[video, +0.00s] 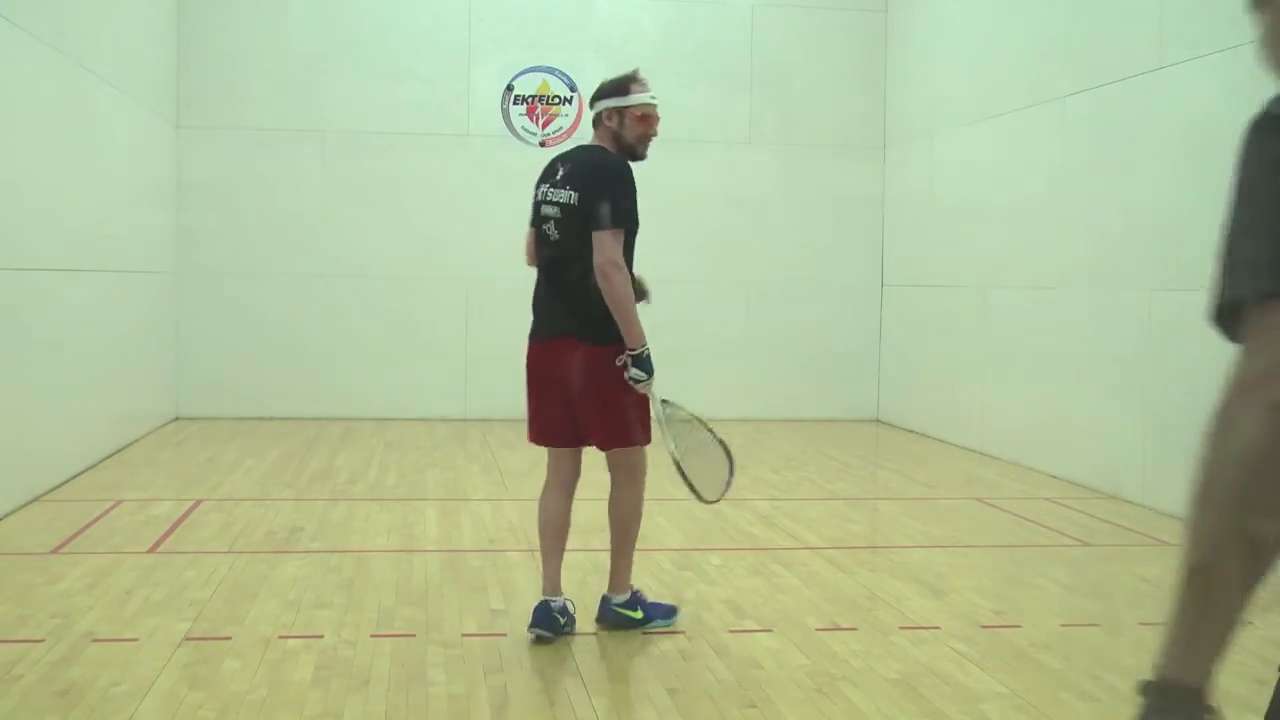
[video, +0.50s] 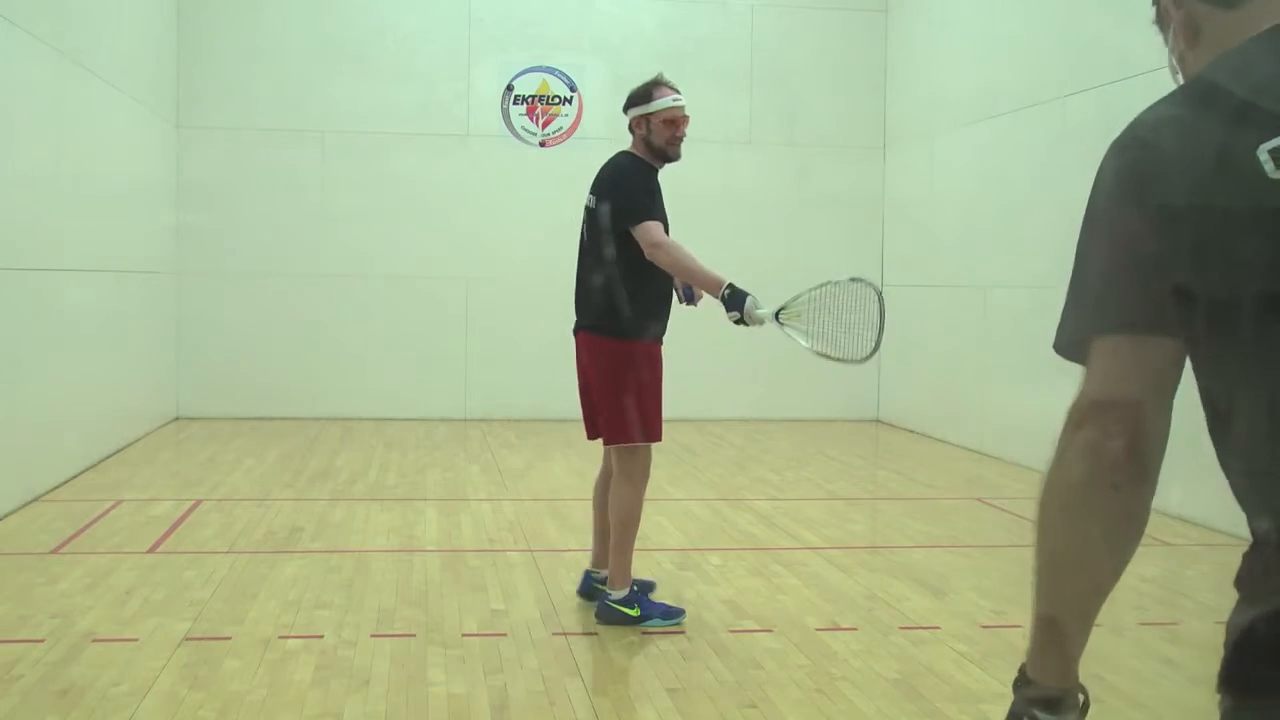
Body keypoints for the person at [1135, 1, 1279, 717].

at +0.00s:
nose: (1260, 29)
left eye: (1261, 15)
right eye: (1261, 15)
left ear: (1268, 18)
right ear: (1264, 21)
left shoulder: (1271, 131)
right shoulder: (1268, 131)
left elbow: (1265, 387)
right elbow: (1264, 387)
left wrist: (1179, 687)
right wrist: (1180, 687)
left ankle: (1182, 687)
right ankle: (1178, 687)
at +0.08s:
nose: (1218, 72)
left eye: (1215, 43)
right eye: (1213, 49)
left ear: (1241, 23)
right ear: (1254, 25)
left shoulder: (1255, 131)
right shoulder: (1249, 132)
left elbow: (1224, 403)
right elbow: (1223, 403)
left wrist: (1120, 681)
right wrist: (1121, 681)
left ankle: (1121, 686)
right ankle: (1118, 685)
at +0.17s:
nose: (1198, 93)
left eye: (1189, 68)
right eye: (1188, 72)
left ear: (1211, 47)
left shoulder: (1229, 142)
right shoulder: (1226, 147)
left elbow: (1163, 419)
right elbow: (1163, 418)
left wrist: (1075, 682)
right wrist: (1076, 679)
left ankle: (1077, 689)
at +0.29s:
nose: (1175, 100)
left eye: (1166, 80)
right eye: (1169, 84)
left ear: (1184, 68)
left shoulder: (1194, 160)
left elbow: (1124, 434)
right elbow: (1123, 434)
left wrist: (1045, 678)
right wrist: (1046, 674)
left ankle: (1047, 684)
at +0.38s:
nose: (1177, 85)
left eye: (1165, 63)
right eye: (1168, 68)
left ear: (1176, 46)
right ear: (1275, 23)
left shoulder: (1181, 156)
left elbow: (1118, 436)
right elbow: (1117, 436)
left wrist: (1043, 681)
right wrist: (1044, 677)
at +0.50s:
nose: (1178, 66)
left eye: (1168, 44)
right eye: (1172, 53)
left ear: (1177, 19)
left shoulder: (1179, 145)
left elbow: (1118, 434)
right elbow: (1117, 434)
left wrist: (1049, 680)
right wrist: (1049, 676)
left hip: (1276, 617)